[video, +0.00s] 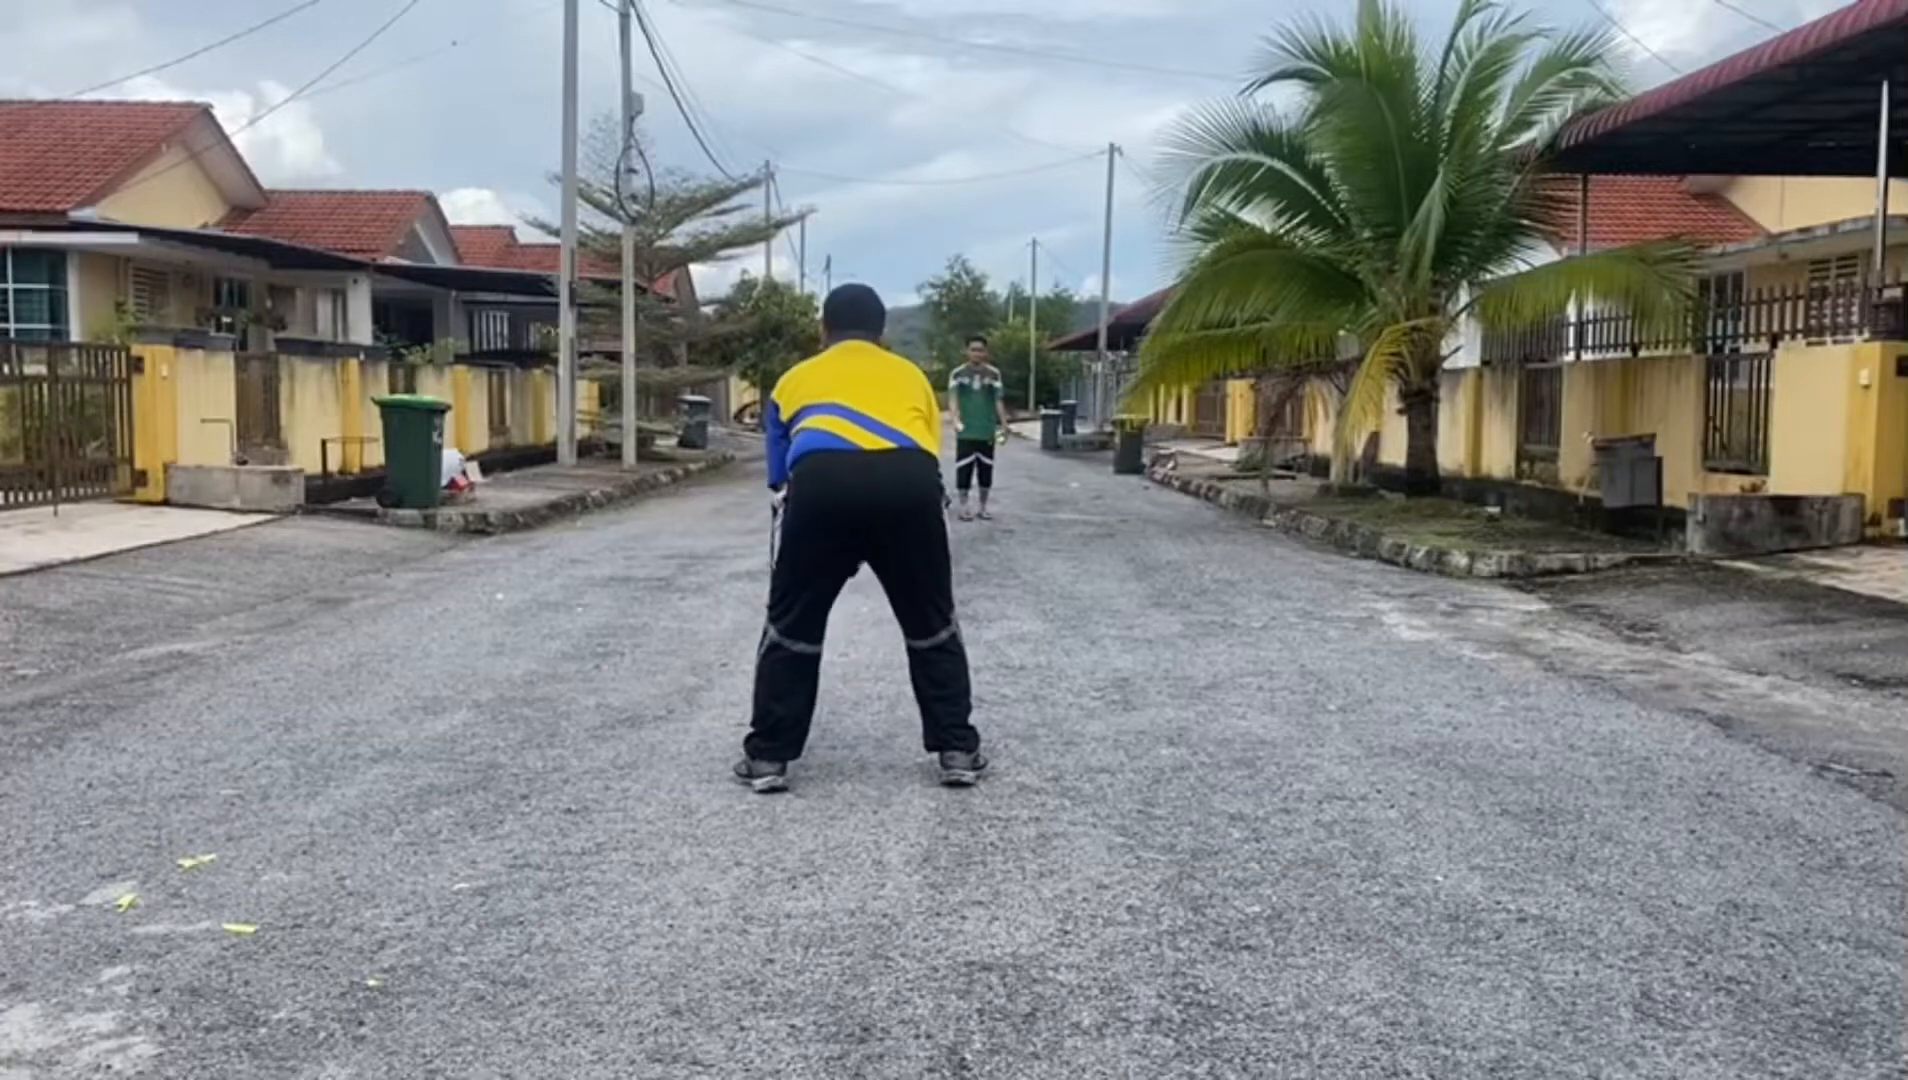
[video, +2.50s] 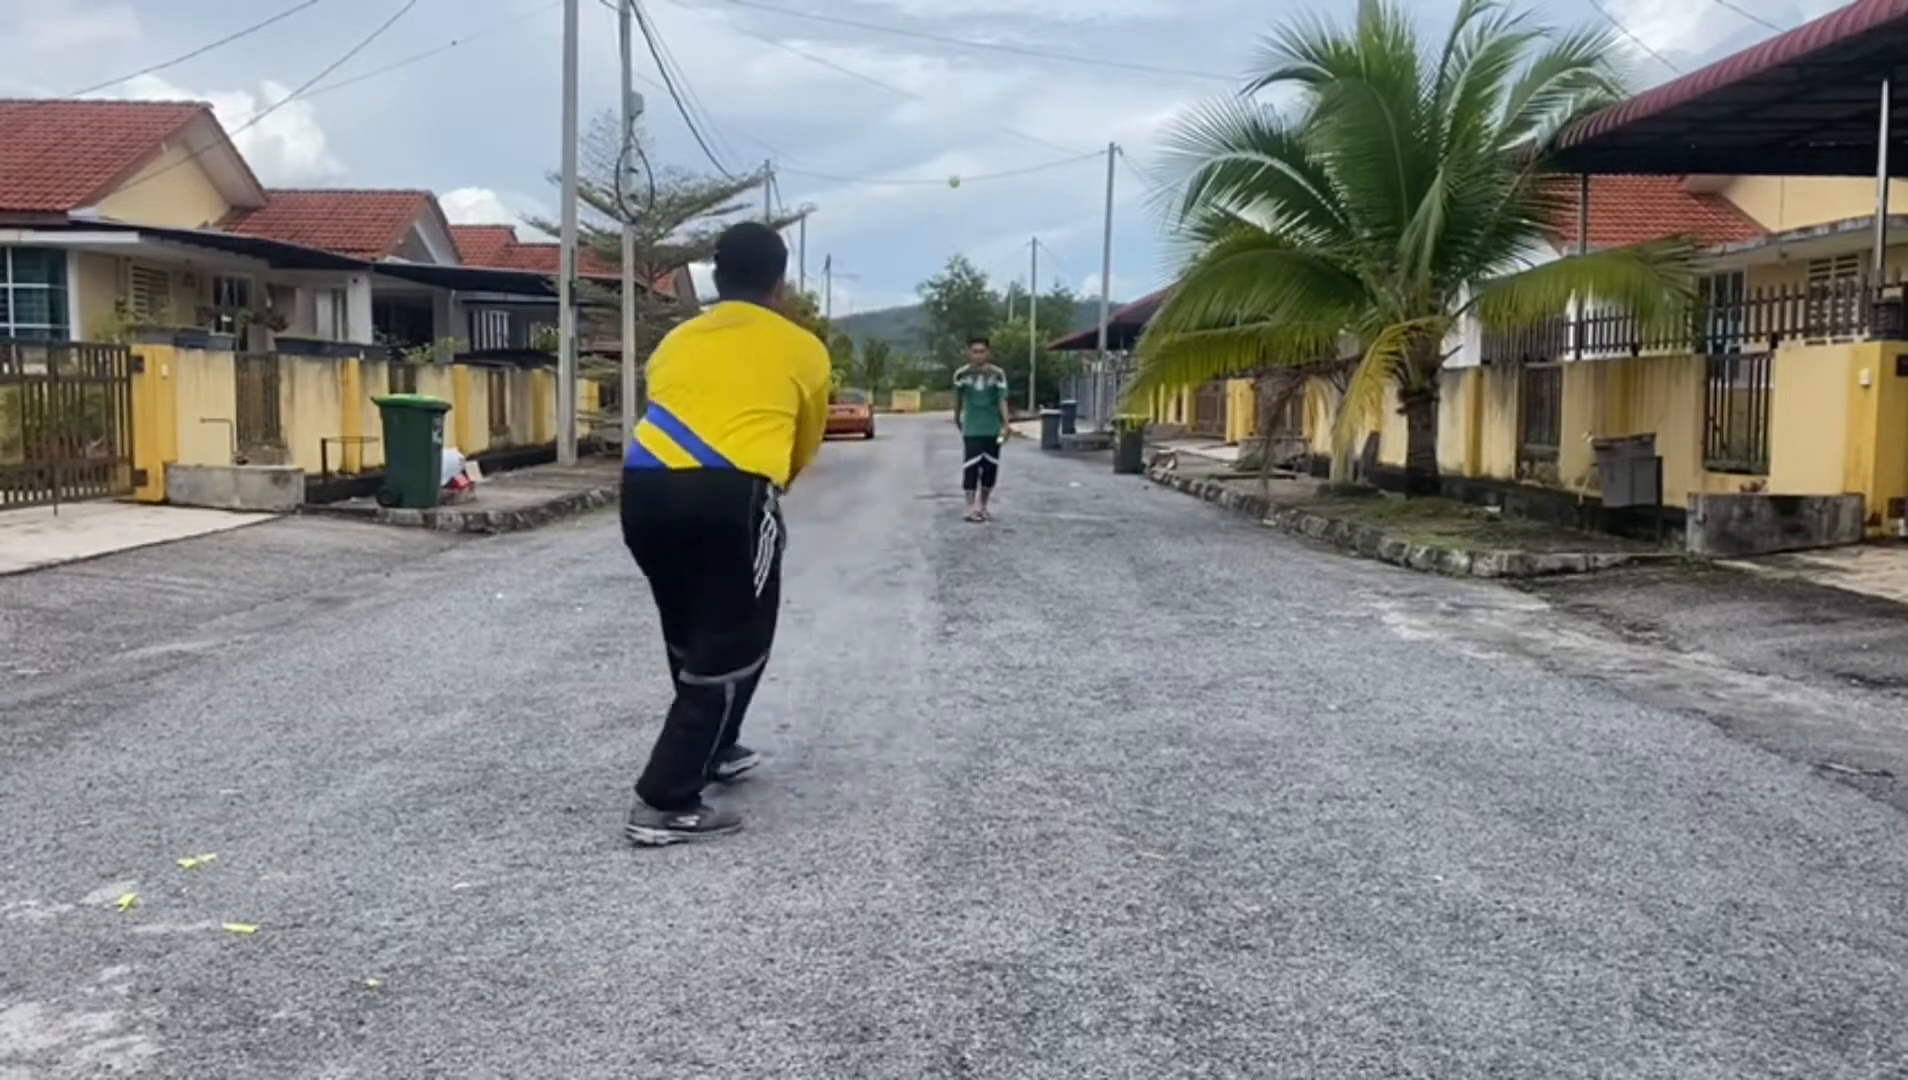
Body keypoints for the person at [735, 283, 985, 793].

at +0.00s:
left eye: (821, 328)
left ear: (825, 330)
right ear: (881, 331)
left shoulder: (794, 379)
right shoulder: (912, 374)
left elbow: (779, 475)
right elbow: (929, 448)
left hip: (823, 484)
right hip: (908, 482)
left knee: (794, 622)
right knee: (930, 621)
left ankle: (768, 756)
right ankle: (956, 749)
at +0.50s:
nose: (829, 328)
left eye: (831, 321)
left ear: (836, 320)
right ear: (893, 320)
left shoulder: (809, 367)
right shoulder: (925, 366)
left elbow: (787, 458)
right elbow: (941, 443)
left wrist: (792, 494)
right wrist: (933, 491)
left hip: (828, 479)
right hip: (914, 479)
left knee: (802, 622)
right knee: (931, 620)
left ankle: (769, 757)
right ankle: (957, 750)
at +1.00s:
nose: (830, 317)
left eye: (832, 310)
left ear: (835, 311)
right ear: (893, 310)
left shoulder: (806, 363)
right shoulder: (924, 359)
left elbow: (787, 459)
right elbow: (939, 441)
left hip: (829, 484)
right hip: (915, 483)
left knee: (802, 623)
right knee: (933, 620)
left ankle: (769, 756)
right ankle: (957, 750)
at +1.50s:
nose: (895, 315)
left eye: (830, 309)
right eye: (892, 307)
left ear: (830, 310)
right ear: (889, 309)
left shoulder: (800, 363)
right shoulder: (921, 359)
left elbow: (784, 460)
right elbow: (935, 437)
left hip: (830, 487)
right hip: (915, 485)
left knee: (802, 625)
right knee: (932, 621)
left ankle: (769, 758)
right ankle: (957, 751)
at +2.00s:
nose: (883, 308)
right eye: (882, 300)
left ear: (819, 302)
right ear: (877, 303)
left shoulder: (783, 360)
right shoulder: (906, 355)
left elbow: (775, 447)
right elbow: (918, 437)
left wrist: (800, 491)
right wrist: (891, 484)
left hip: (802, 499)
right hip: (890, 500)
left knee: (774, 620)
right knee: (920, 624)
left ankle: (749, 742)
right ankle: (954, 743)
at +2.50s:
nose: (789, 289)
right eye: (787, 280)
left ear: (718, 279)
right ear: (779, 283)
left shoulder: (679, 336)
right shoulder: (803, 348)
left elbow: (661, 407)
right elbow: (804, 449)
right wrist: (762, 482)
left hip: (647, 494)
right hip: (729, 499)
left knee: (691, 630)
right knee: (728, 651)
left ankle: (712, 749)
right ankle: (665, 802)